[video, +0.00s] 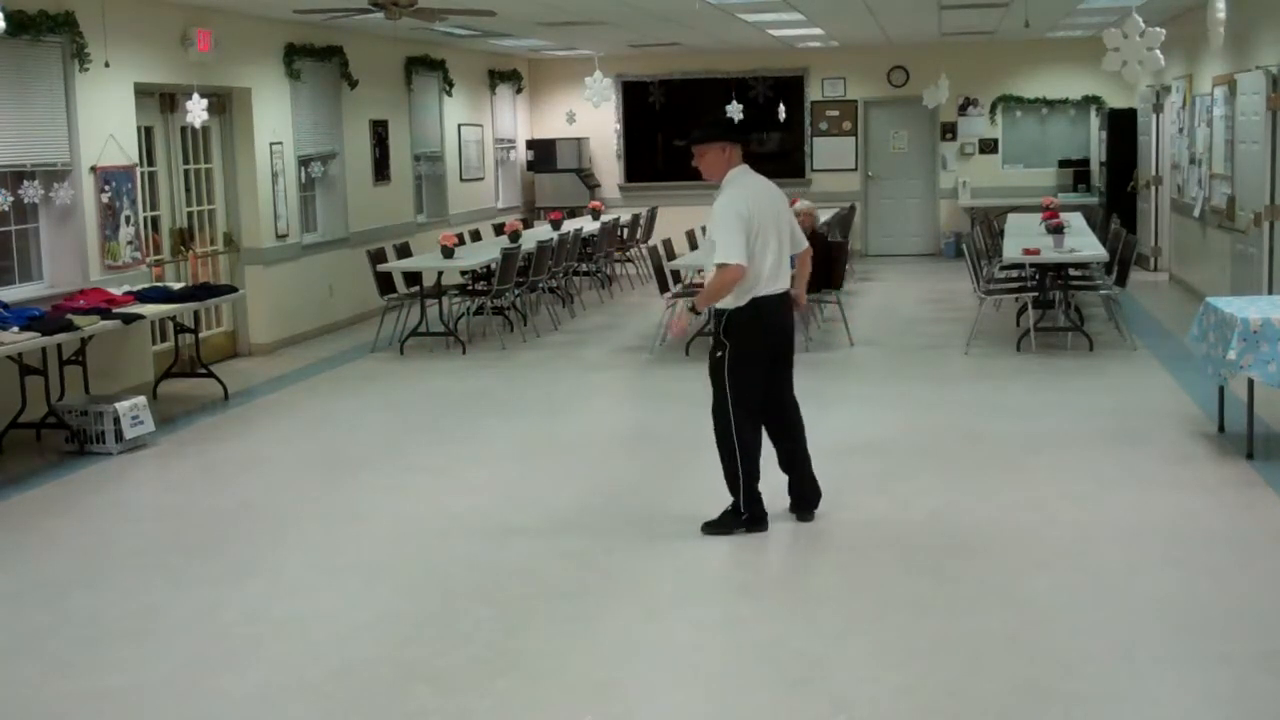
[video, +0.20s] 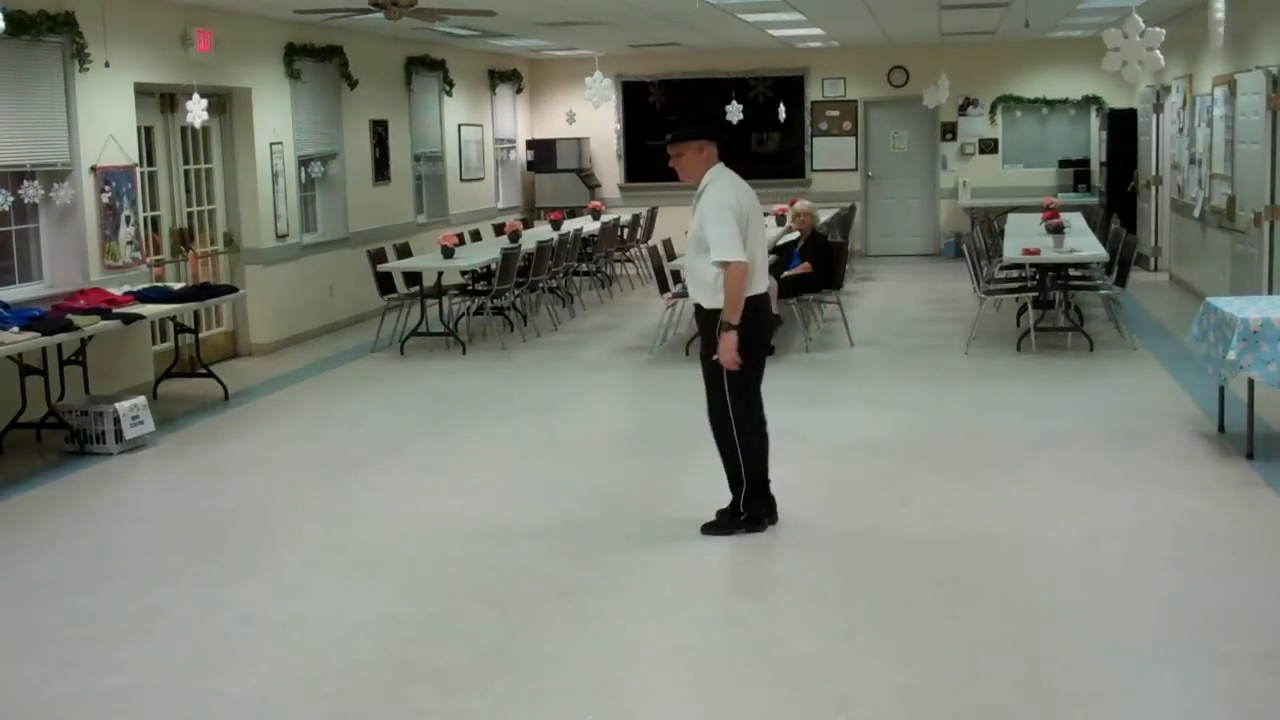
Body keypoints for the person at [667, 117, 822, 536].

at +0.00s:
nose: (696, 165)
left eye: (701, 156)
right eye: (694, 157)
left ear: (726, 151)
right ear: (731, 153)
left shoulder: (729, 201)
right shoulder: (769, 189)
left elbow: (733, 270)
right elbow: (803, 251)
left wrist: (693, 307)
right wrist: (798, 294)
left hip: (742, 320)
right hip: (778, 314)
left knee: (732, 415)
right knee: (780, 405)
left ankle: (746, 508)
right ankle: (805, 494)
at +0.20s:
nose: (673, 166)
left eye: (677, 157)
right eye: (671, 158)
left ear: (704, 151)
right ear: (705, 153)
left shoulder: (718, 194)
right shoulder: (727, 186)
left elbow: (736, 266)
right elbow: (746, 259)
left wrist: (729, 328)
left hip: (730, 317)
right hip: (741, 311)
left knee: (728, 415)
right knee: (742, 412)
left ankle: (748, 508)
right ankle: (757, 501)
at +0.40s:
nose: (654, 175)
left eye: (660, 166)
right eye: (652, 168)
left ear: (686, 162)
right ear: (671, 167)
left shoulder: (718, 207)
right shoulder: (682, 206)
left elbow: (749, 271)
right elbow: (683, 272)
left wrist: (759, 335)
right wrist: (664, 321)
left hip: (720, 331)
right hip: (696, 330)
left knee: (682, 415)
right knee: (729, 416)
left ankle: (700, 506)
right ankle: (758, 500)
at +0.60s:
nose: (628, 169)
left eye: (635, 159)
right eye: (626, 161)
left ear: (662, 158)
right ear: (636, 165)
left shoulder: (701, 207)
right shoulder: (643, 213)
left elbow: (734, 274)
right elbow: (647, 282)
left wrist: (752, 333)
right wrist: (628, 332)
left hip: (699, 330)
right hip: (659, 330)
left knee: (686, 425)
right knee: (667, 419)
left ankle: (669, 524)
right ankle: (730, 478)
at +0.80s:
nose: (602, 164)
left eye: (609, 155)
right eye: (600, 156)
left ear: (638, 155)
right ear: (609, 161)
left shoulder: (679, 207)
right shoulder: (609, 213)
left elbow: (708, 277)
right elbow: (610, 286)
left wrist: (711, 343)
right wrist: (595, 339)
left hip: (676, 337)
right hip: (626, 339)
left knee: (678, 436)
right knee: (606, 436)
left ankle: (673, 521)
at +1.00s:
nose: (575, 174)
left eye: (584, 165)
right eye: (573, 166)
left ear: (612, 166)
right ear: (575, 172)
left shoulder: (654, 222)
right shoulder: (575, 230)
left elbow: (673, 297)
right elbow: (574, 299)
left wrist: (663, 364)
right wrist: (561, 356)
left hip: (644, 356)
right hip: (591, 358)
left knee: (661, 448)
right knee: (583, 464)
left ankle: (667, 522)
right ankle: (570, 561)